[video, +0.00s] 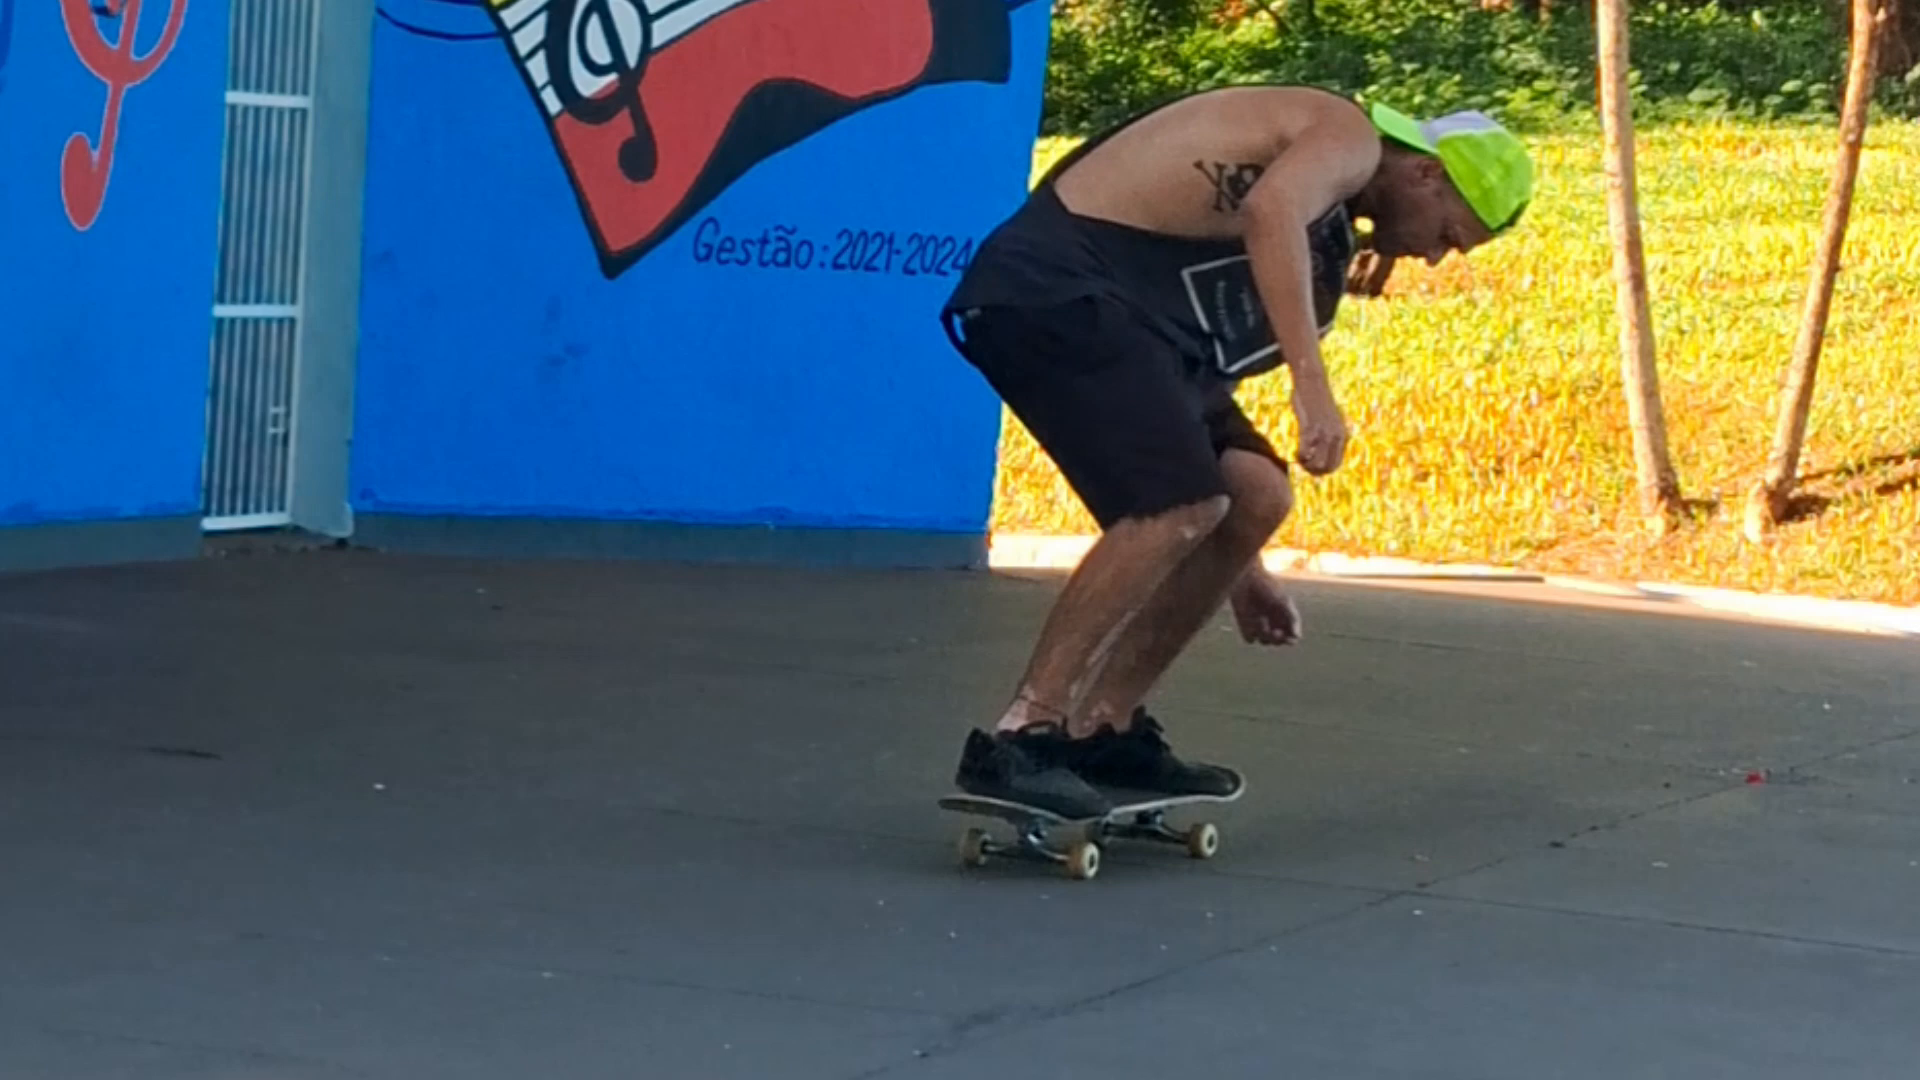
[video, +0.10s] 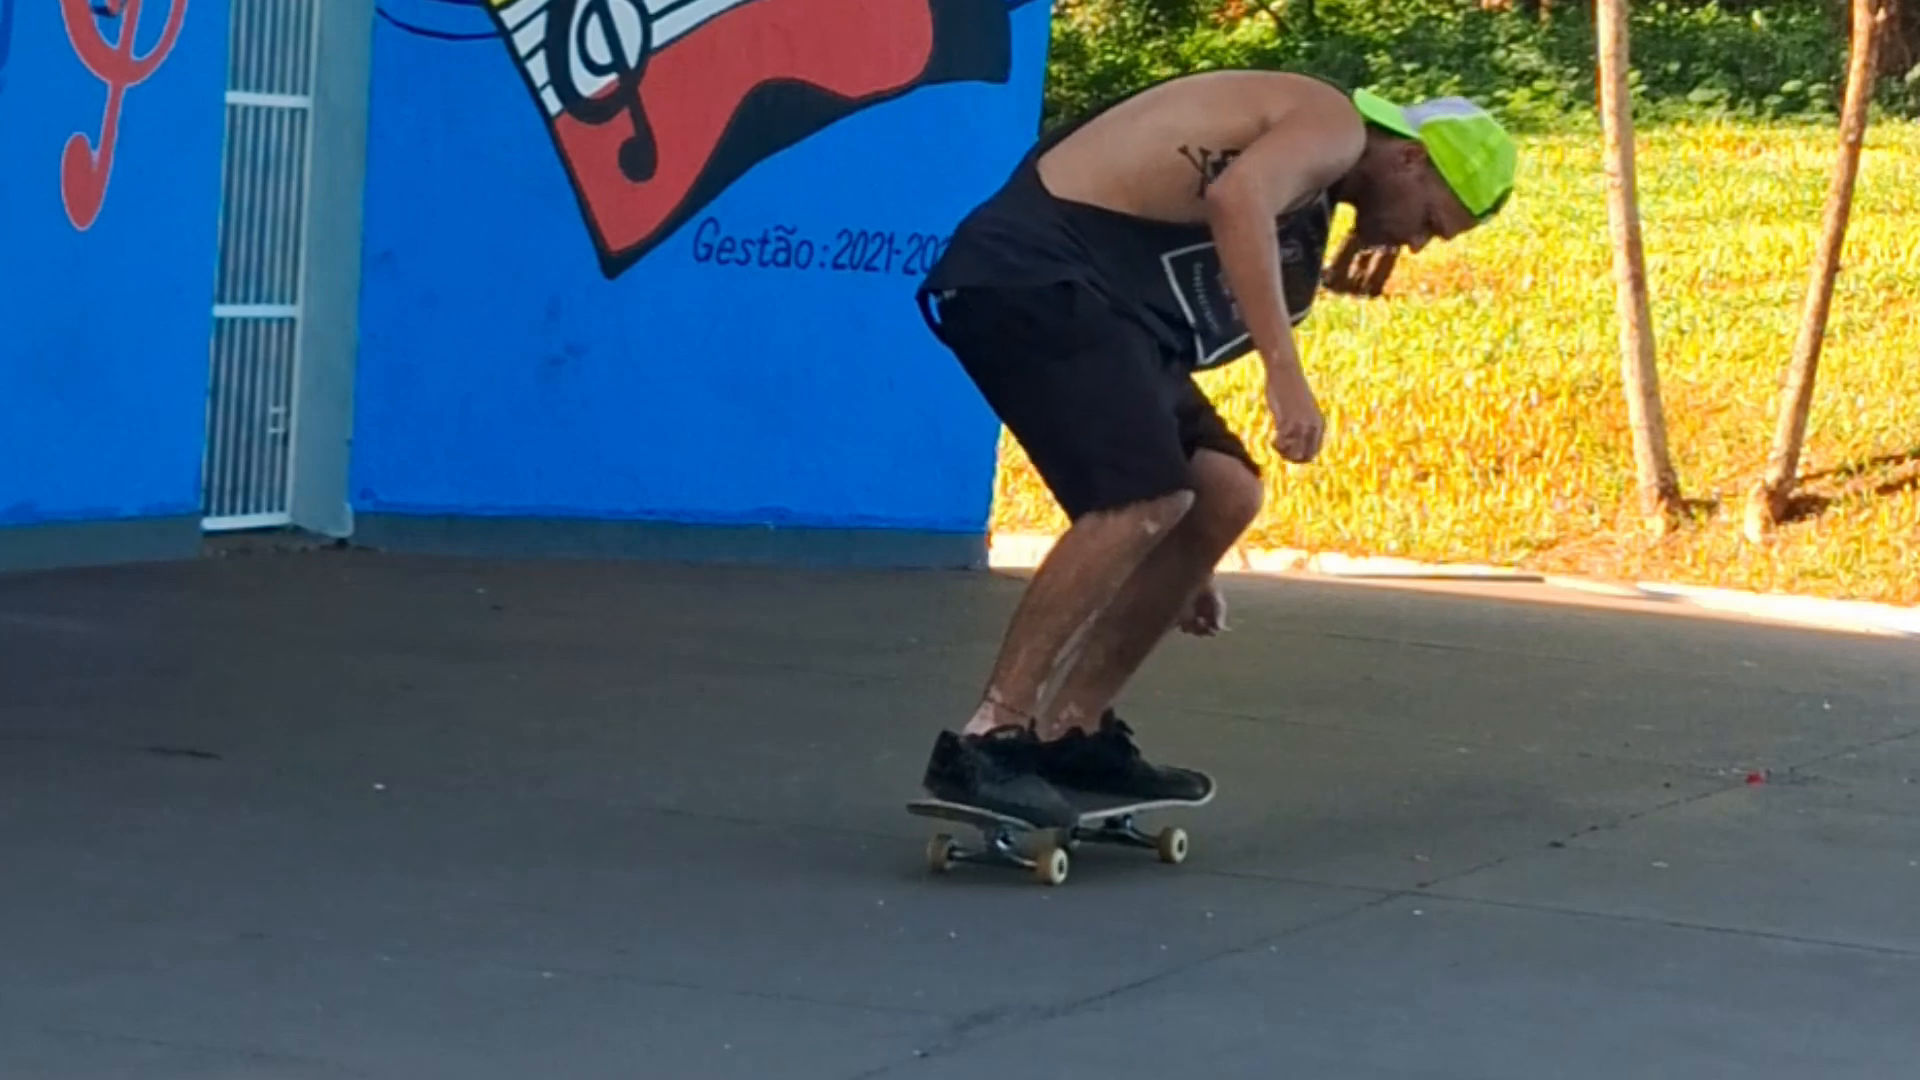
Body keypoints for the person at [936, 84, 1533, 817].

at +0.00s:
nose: (1438, 259)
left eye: (1455, 251)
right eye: (1450, 237)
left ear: (1427, 184)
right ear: (1428, 174)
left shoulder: (1315, 250)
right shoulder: (1349, 137)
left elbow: (1184, 361)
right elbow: (1269, 209)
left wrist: (1239, 563)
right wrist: (1312, 385)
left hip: (1124, 318)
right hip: (1051, 288)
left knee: (1255, 493)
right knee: (1180, 502)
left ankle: (1102, 728)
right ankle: (1020, 733)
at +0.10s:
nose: (1417, 246)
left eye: (1435, 238)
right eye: (1431, 225)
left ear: (1409, 168)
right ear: (1410, 161)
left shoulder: (1293, 234)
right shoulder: (1330, 123)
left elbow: (1151, 334)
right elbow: (1236, 198)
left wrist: (1181, 555)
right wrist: (1285, 374)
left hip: (1098, 304)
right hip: (1030, 274)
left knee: (1225, 492)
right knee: (1143, 499)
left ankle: (1070, 731)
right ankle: (987, 737)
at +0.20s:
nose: (1398, 234)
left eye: (1421, 224)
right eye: (1414, 212)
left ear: (1392, 147)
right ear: (1394, 148)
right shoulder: (1310, 112)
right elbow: (1197, 188)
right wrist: (1244, 365)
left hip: (1073, 284)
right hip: (1008, 258)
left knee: (1195, 494)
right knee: (1127, 480)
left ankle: (1043, 729)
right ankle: (970, 725)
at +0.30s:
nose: (1391, 223)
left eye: (1408, 214)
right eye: (1403, 200)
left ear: (1373, 133)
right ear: (1376, 138)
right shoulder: (1285, 107)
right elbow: (1149, 190)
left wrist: (1030, 495)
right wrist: (1200, 366)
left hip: (1046, 278)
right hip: (983, 257)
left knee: (1174, 493)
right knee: (1101, 494)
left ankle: (1028, 736)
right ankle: (970, 754)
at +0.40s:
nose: (1370, 217)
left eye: (1386, 209)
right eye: (1382, 196)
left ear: (1353, 129)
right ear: (1355, 130)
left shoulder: (1239, 195)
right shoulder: (1258, 103)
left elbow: (1076, 296)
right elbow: (1102, 190)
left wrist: (993, 473)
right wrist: (1157, 355)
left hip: (1013, 274)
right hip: (955, 254)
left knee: (1153, 491)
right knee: (1087, 496)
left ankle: (1009, 737)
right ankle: (952, 757)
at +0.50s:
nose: (1355, 210)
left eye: (1372, 201)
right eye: (1366, 187)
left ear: (1333, 119)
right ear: (1335, 121)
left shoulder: (1225, 186)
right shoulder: (1228, 99)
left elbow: (1053, 286)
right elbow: (1056, 175)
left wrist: (961, 447)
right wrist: (1114, 334)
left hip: (985, 266)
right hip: (930, 249)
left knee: (1128, 490)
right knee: (1060, 498)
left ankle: (987, 743)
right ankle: (930, 763)